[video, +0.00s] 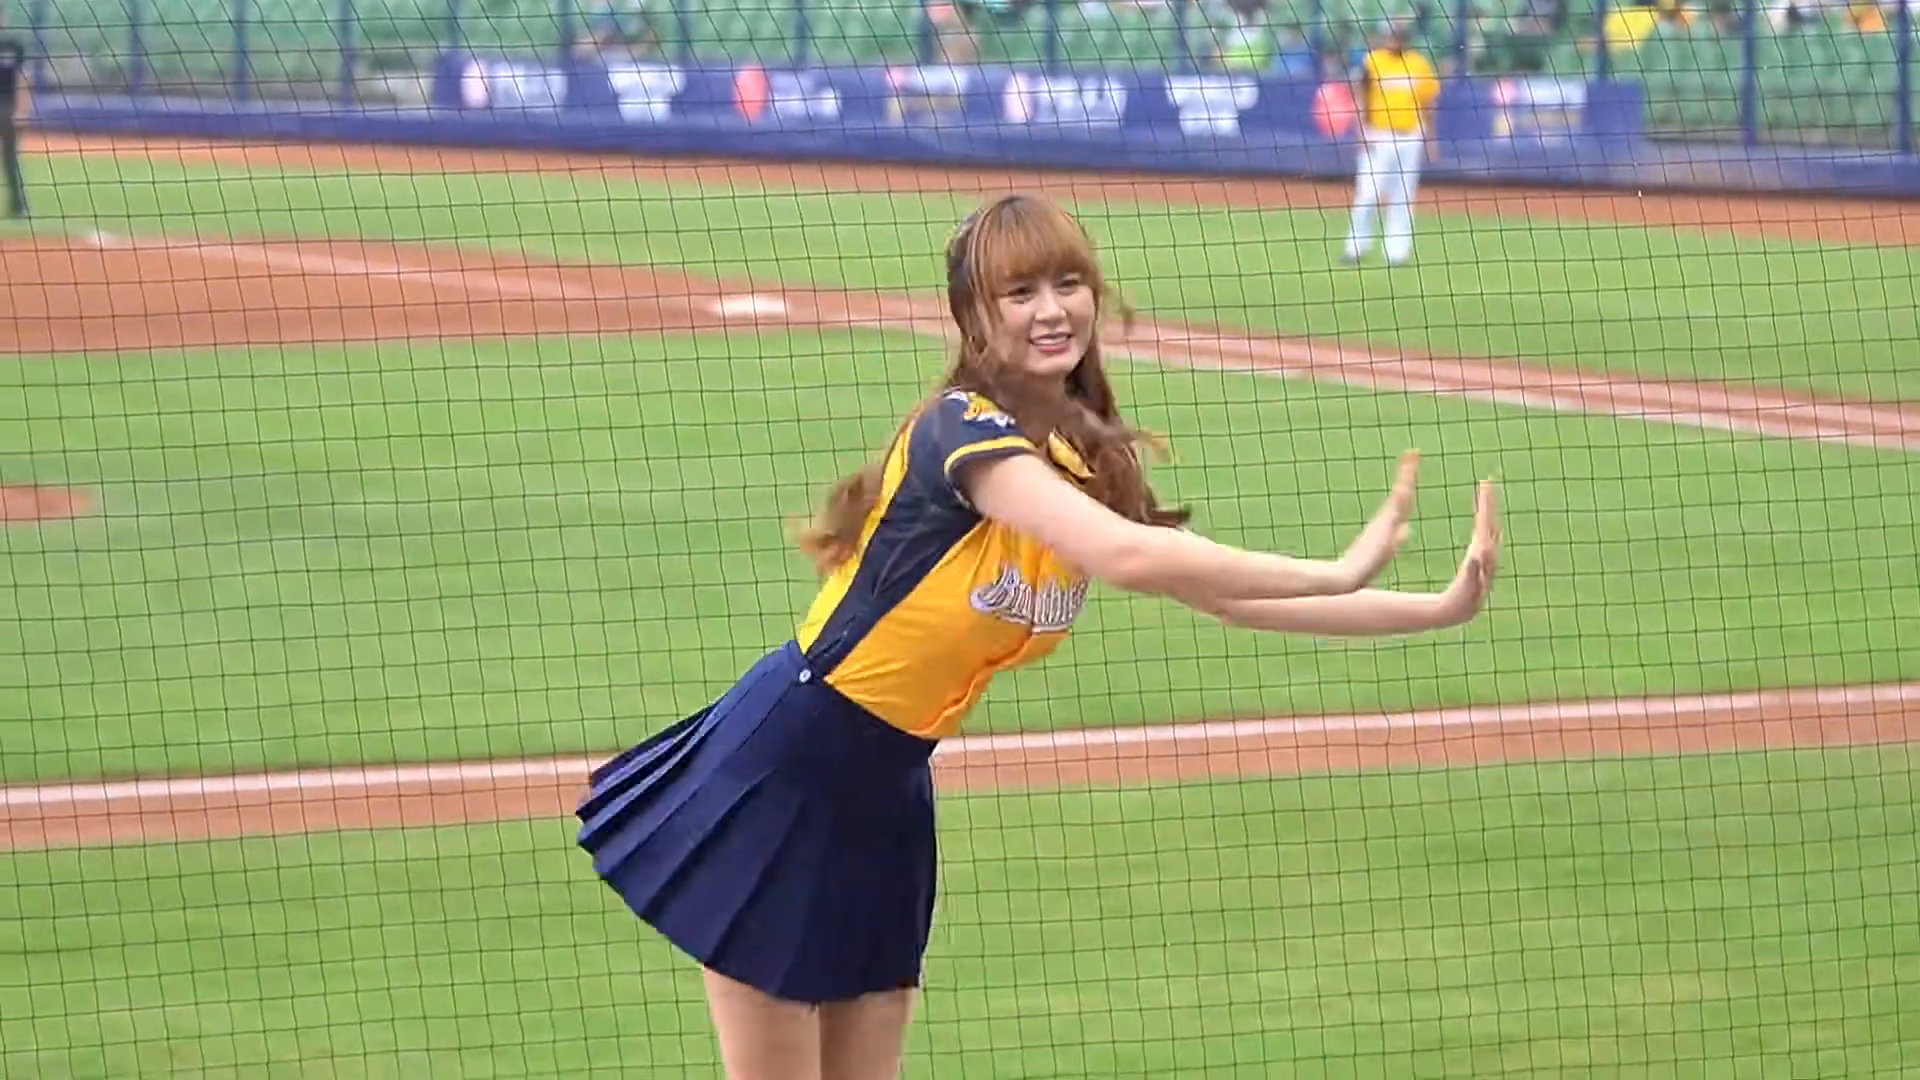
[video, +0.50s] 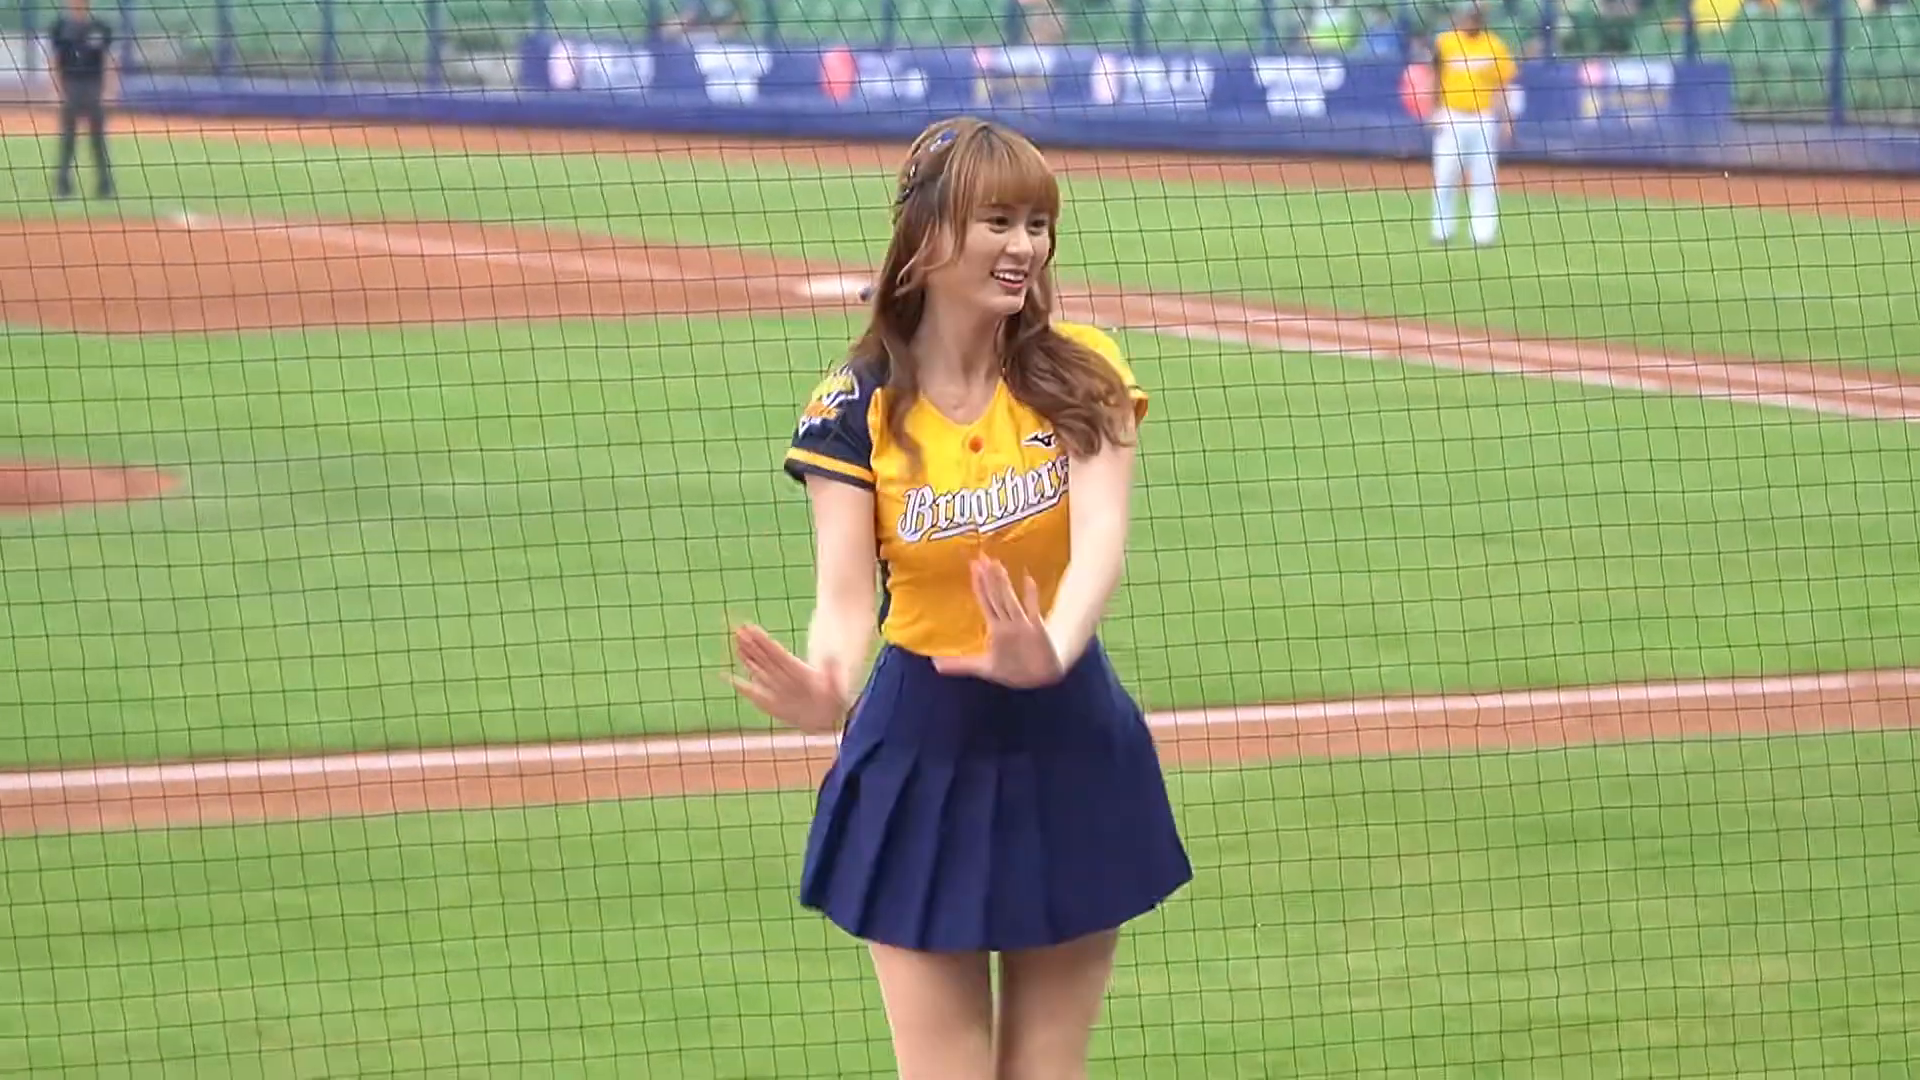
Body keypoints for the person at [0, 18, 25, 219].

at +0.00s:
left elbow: (20, 89)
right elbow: (19, 91)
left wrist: (18, 114)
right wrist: (18, 114)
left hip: (7, 117)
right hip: (7, 117)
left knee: (11, 161)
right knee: (10, 161)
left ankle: (18, 202)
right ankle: (18, 202)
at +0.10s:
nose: (3, 26)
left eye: (4, 21)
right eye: (2, 21)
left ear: (10, 20)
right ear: (1, 21)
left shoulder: (20, 45)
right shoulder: (12, 46)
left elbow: (31, 78)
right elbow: (30, 78)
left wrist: (31, 107)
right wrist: (31, 107)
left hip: (13, 107)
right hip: (7, 107)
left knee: (19, 155)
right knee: (18, 155)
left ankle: (27, 198)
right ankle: (27, 198)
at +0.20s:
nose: (19, 22)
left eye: (23, 17)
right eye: (16, 17)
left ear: (30, 16)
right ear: (10, 16)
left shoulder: (42, 40)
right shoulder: (6, 41)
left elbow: (51, 74)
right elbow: (3, 79)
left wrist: (51, 103)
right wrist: (3, 104)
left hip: (36, 104)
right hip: (11, 104)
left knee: (40, 152)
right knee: (8, 153)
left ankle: (47, 193)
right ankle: (5, 192)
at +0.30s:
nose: (38, 14)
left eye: (42, 10)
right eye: (34, 9)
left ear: (49, 10)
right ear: (28, 10)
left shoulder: (61, 35)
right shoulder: (20, 35)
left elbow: (69, 70)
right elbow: (17, 72)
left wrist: (69, 99)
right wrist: (20, 99)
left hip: (55, 98)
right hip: (31, 98)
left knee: (59, 146)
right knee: (28, 147)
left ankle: (66, 188)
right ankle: (24, 187)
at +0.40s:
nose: (59, 13)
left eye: (63, 9)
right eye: (56, 9)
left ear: (68, 9)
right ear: (49, 9)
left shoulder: (81, 32)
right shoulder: (42, 32)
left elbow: (88, 66)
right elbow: (36, 68)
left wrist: (89, 94)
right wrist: (42, 94)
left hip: (74, 93)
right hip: (51, 93)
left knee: (79, 142)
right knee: (48, 142)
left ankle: (85, 185)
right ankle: (44, 185)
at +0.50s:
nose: (79, 12)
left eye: (82, 7)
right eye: (75, 7)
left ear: (88, 7)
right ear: (69, 7)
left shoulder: (100, 29)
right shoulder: (61, 29)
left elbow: (109, 63)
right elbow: (55, 64)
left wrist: (108, 91)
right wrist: (61, 91)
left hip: (94, 91)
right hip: (71, 91)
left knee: (98, 139)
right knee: (68, 139)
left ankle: (104, 182)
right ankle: (63, 181)